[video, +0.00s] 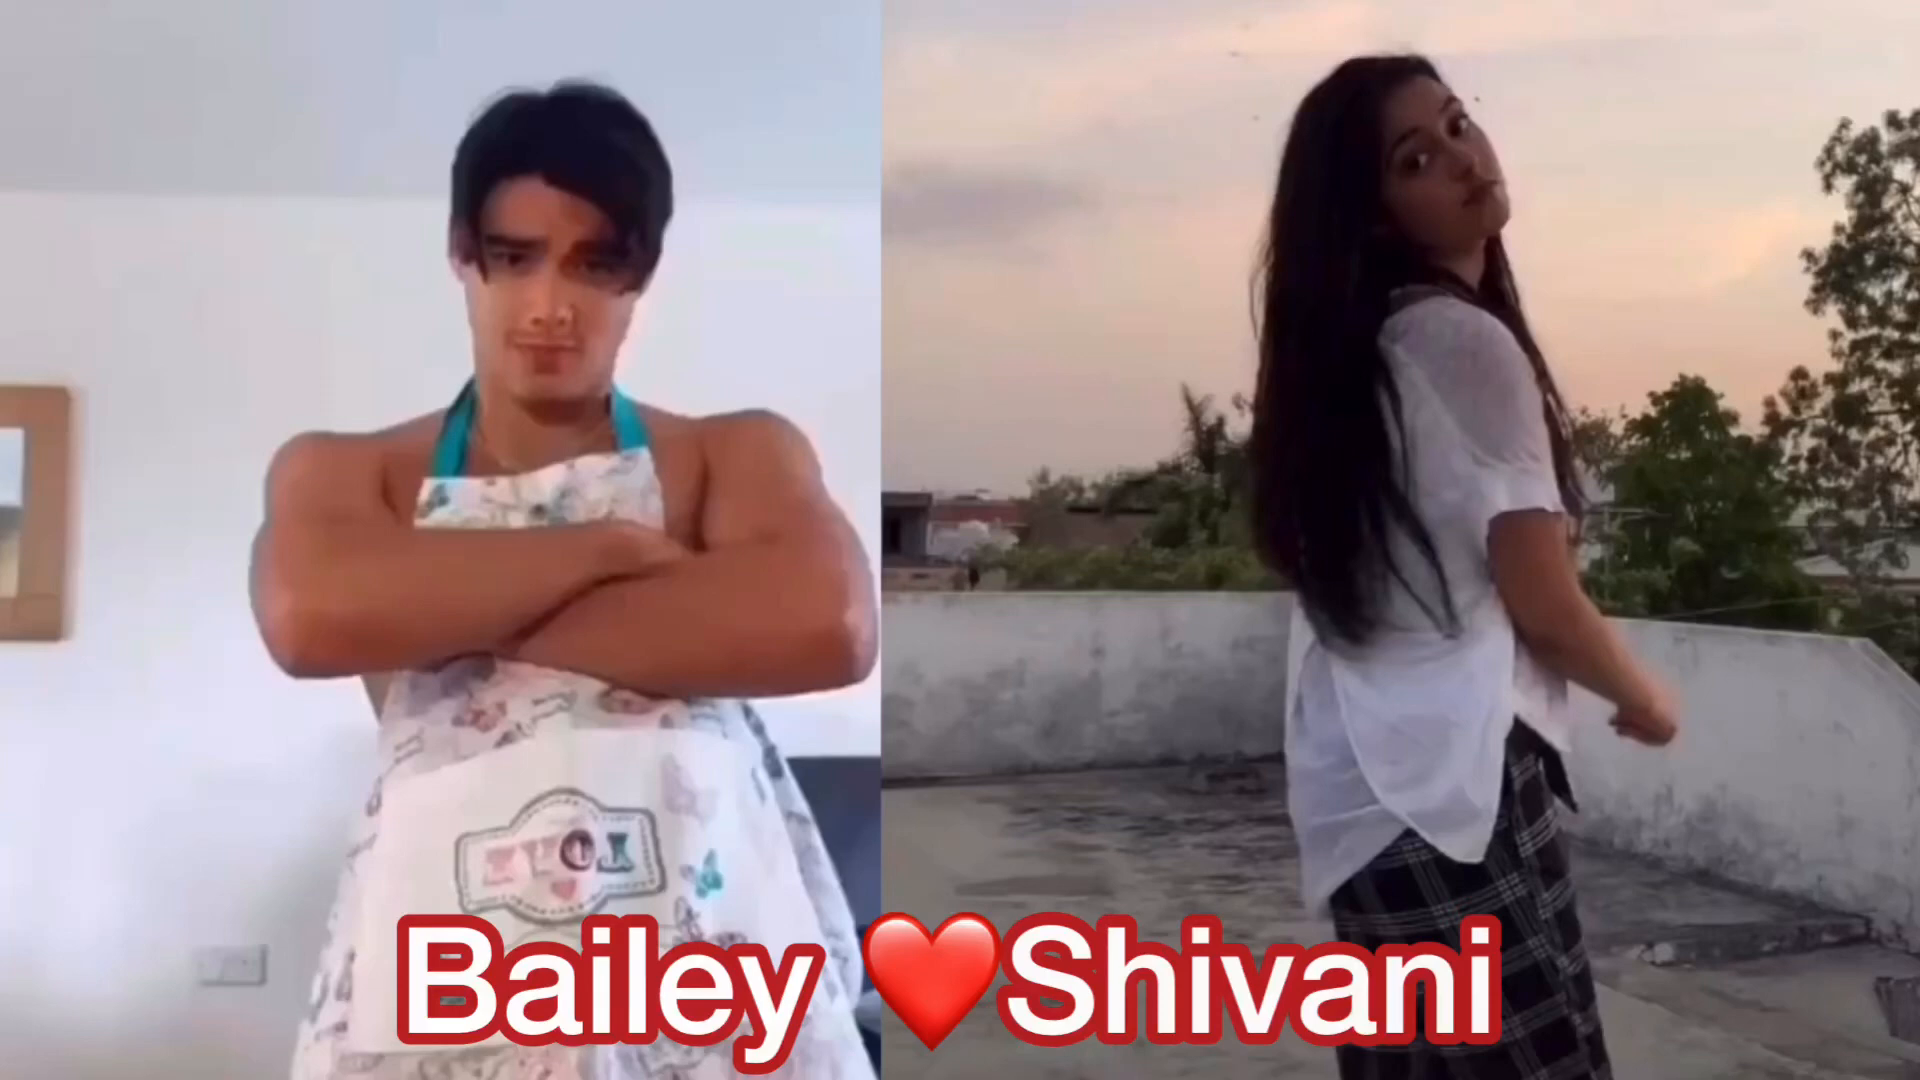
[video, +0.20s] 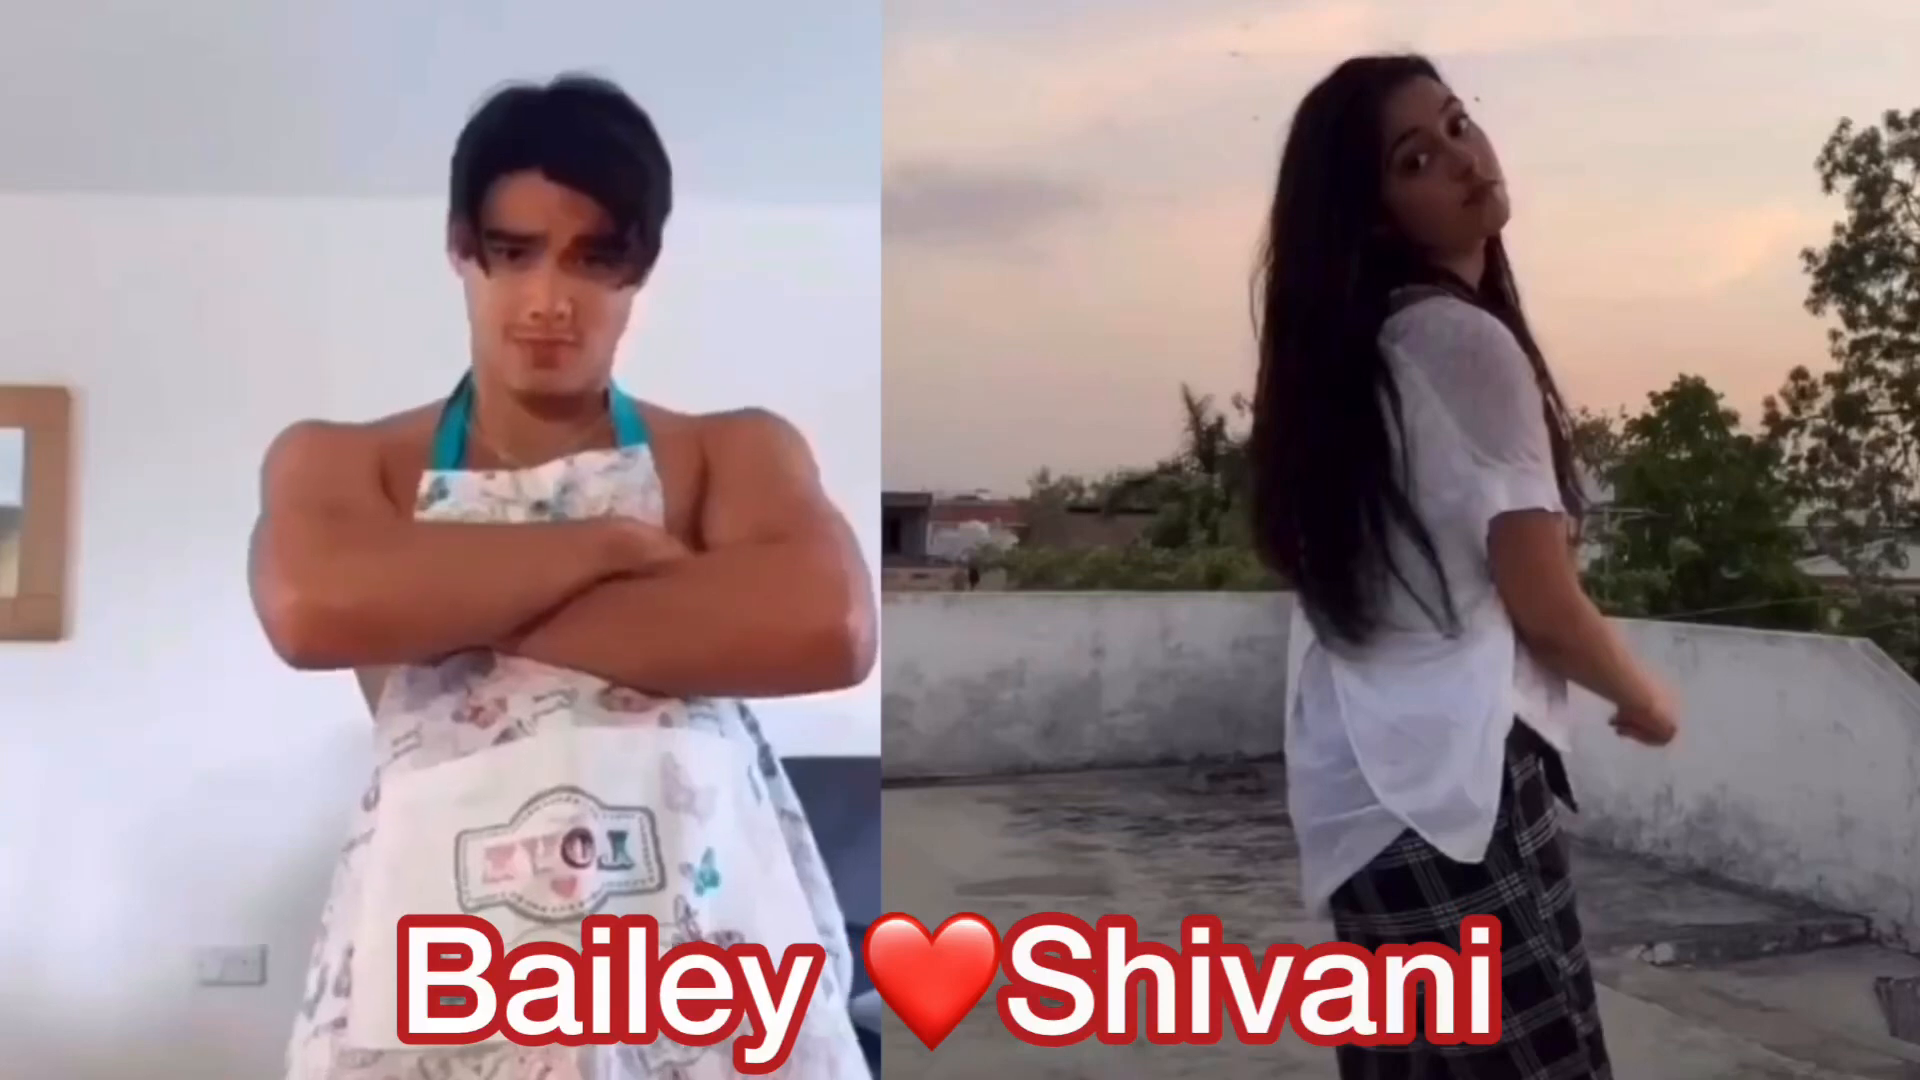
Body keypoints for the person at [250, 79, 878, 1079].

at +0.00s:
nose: (550, 305)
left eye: (597, 263)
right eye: (513, 258)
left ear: (642, 276)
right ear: (463, 262)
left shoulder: (741, 454)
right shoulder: (342, 470)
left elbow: (826, 624)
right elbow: (310, 620)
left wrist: (481, 613)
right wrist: (623, 547)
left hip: (709, 948)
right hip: (440, 959)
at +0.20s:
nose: (549, 299)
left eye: (596, 257)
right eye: (512, 253)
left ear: (642, 269)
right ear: (462, 256)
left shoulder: (739, 453)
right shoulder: (339, 460)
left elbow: (827, 627)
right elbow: (313, 611)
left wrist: (488, 608)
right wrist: (621, 545)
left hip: (707, 945)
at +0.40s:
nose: (547, 280)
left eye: (592, 236)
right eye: (506, 235)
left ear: (639, 245)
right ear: (455, 238)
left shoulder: (737, 441)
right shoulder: (330, 438)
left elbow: (816, 634)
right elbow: (306, 605)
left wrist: (483, 601)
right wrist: (611, 540)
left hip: (693, 924)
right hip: (428, 926)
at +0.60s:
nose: (540, 274)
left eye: (584, 228)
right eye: (496, 232)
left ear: (636, 232)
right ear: (449, 240)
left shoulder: (736, 438)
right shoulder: (328, 414)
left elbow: (806, 641)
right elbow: (297, 588)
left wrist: (477, 591)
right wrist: (601, 536)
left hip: (680, 921)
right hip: (412, 922)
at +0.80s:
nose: (532, 298)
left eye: (574, 248)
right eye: (488, 255)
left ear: (632, 252)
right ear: (444, 261)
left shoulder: (716, 491)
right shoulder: (319, 405)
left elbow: (759, 712)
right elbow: (266, 586)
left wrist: (438, 607)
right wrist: (575, 581)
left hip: (625, 994)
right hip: (348, 983)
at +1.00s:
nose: (495, 318)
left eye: (541, 268)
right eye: (451, 273)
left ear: (598, 255)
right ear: (407, 274)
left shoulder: (676, 507)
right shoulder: (291, 385)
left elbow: (702, 734)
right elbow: (219, 556)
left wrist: (397, 613)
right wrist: (529, 584)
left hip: (544, 1000)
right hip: (267, 984)